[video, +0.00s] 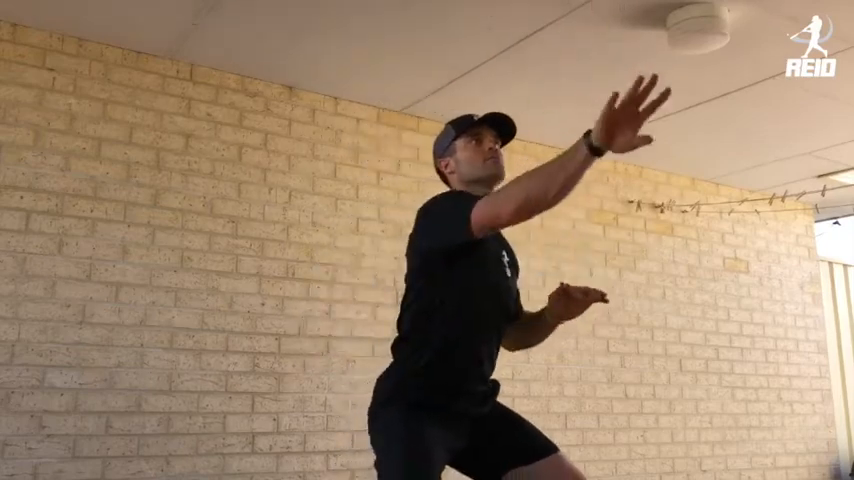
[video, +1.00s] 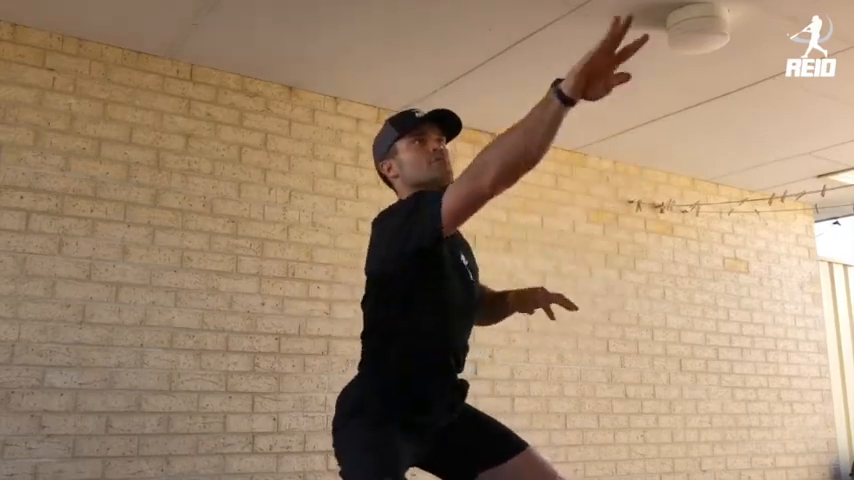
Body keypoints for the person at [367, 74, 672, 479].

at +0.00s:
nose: (493, 146)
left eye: (497, 141)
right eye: (474, 140)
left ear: (502, 160)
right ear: (447, 165)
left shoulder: (501, 252)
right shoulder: (438, 215)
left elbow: (512, 335)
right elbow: (515, 205)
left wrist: (552, 314)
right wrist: (596, 144)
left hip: (472, 406)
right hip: (412, 406)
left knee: (563, 476)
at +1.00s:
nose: (438, 145)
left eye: (441, 138)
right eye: (419, 140)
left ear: (450, 152)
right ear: (389, 169)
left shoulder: (452, 241)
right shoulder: (396, 227)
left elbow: (469, 307)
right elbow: (489, 176)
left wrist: (517, 300)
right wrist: (566, 93)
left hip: (439, 414)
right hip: (377, 417)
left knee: (543, 476)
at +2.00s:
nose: (470, 160)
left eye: (472, 154)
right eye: (451, 157)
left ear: (480, 170)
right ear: (424, 186)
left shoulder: (484, 259)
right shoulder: (421, 247)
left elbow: (524, 333)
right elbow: (497, 264)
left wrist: (556, 320)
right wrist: (582, 192)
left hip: (474, 427)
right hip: (411, 430)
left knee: (567, 475)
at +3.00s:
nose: (493, 192)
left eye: (495, 186)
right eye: (476, 187)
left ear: (501, 199)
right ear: (445, 213)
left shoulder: (503, 284)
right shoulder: (435, 274)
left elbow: (519, 355)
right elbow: (490, 311)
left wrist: (560, 360)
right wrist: (557, 220)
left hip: (477, 449)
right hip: (414, 451)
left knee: (565, 478)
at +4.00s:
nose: (620, 195)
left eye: (618, 189)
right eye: (608, 185)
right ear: (580, 190)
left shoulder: (580, 292)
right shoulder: (560, 216)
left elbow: (592, 385)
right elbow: (654, 177)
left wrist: (665, 384)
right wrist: (745, 160)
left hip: (505, 404)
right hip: (450, 380)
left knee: (584, 475)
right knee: (422, 475)